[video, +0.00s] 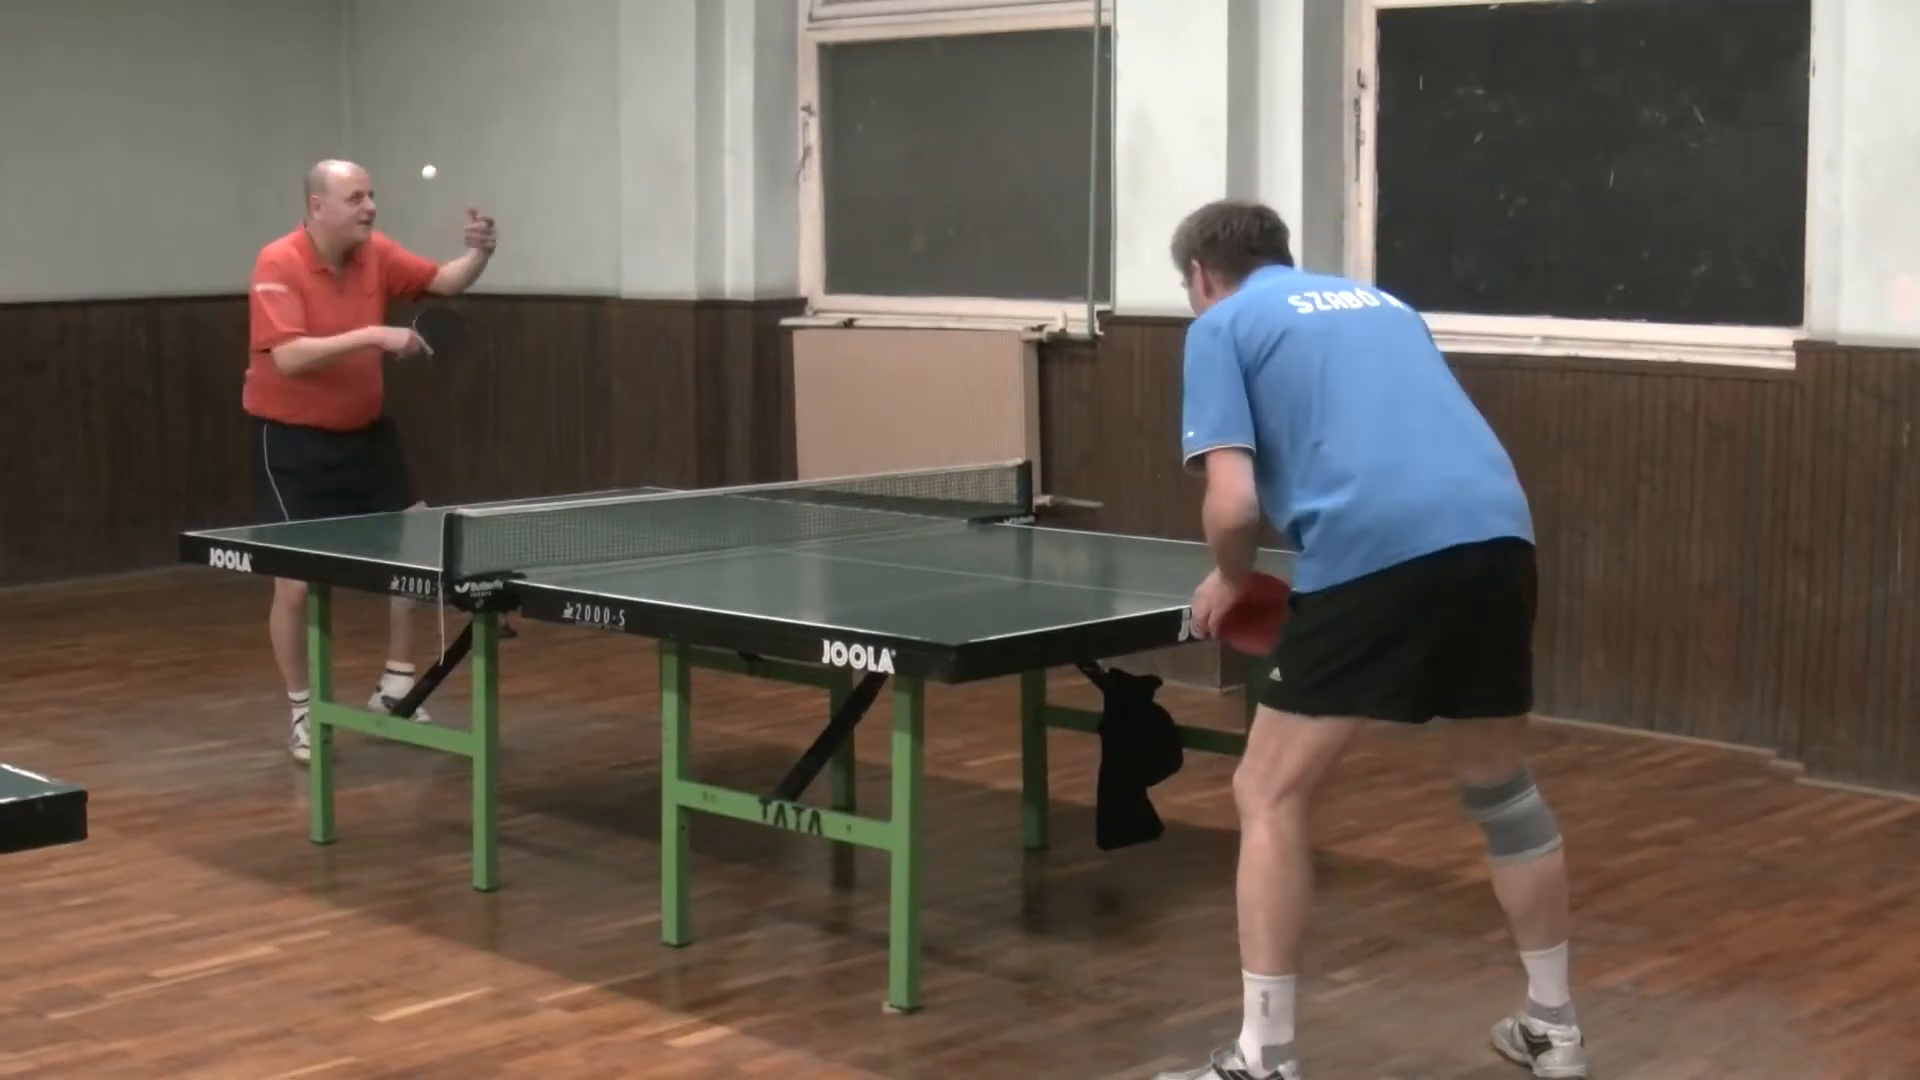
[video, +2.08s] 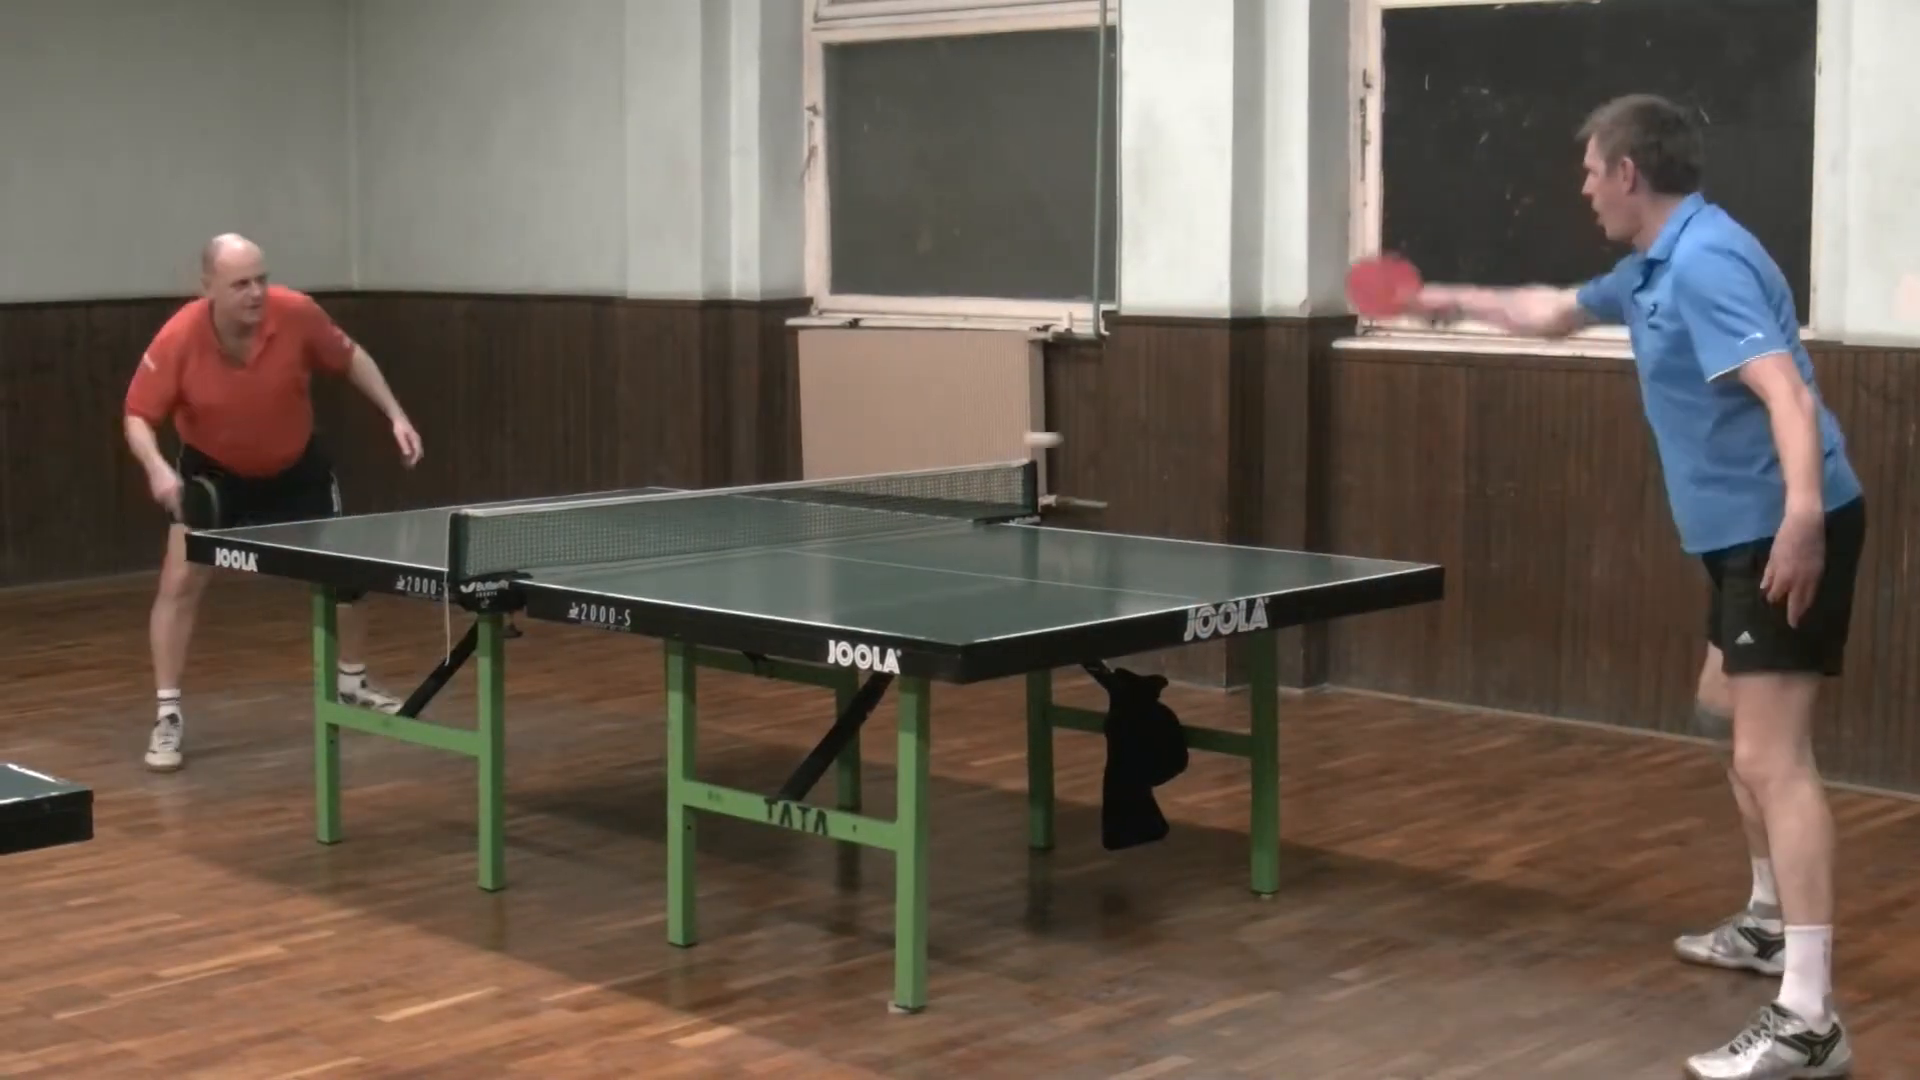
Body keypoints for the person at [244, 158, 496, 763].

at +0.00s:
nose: (370, 208)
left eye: (371, 197)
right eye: (356, 199)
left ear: (370, 203)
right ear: (317, 208)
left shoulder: (372, 253)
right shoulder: (280, 262)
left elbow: (444, 281)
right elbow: (288, 355)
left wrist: (478, 252)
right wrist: (372, 335)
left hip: (368, 433)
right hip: (295, 438)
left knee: (412, 555)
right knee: (295, 581)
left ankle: (398, 686)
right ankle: (302, 707)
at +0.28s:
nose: (404, 273)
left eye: (410, 263)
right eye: (400, 261)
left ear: (391, 247)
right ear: (366, 238)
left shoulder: (389, 277)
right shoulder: (311, 263)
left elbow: (447, 306)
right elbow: (305, 357)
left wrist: (511, 308)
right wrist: (379, 355)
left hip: (362, 433)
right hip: (292, 437)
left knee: (439, 535)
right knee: (298, 581)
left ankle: (478, 668)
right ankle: (304, 712)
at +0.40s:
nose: (415, 291)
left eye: (423, 285)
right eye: (413, 279)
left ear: (426, 275)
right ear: (391, 249)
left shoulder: (415, 298)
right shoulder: (328, 263)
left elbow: (460, 330)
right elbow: (252, 301)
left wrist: (520, 347)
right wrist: (325, 350)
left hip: (371, 439)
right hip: (300, 438)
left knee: (424, 557)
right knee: (302, 581)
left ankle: (451, 683)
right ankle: (304, 712)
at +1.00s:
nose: (390, 251)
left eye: (396, 240)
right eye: (378, 241)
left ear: (399, 241)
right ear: (342, 242)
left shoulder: (403, 287)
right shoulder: (295, 284)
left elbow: (424, 345)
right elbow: (230, 356)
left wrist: (457, 397)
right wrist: (282, 395)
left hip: (374, 457)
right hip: (290, 457)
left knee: (422, 576)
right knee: (246, 576)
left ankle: (431, 702)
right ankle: (219, 714)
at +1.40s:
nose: (317, 267)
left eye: (323, 254)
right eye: (304, 258)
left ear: (333, 250)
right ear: (276, 261)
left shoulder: (366, 298)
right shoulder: (244, 310)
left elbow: (406, 362)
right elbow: (205, 386)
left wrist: (428, 429)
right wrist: (198, 433)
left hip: (359, 467)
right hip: (270, 471)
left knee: (415, 580)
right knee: (224, 579)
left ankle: (436, 696)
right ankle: (213, 716)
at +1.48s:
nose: (285, 273)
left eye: (294, 260)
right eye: (272, 263)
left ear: (309, 257)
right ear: (251, 265)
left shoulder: (347, 300)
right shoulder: (226, 315)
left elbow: (401, 363)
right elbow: (166, 386)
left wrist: (427, 431)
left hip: (352, 470)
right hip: (261, 473)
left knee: (413, 583)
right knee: (215, 577)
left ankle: (439, 697)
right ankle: (211, 721)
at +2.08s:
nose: (255, 293)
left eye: (260, 280)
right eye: (240, 284)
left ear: (267, 277)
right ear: (209, 288)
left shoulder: (296, 313)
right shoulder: (178, 338)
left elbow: (351, 357)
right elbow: (138, 415)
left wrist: (397, 415)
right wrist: (158, 470)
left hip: (298, 468)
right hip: (213, 473)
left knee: (345, 571)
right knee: (180, 582)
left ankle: (350, 684)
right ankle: (167, 716)